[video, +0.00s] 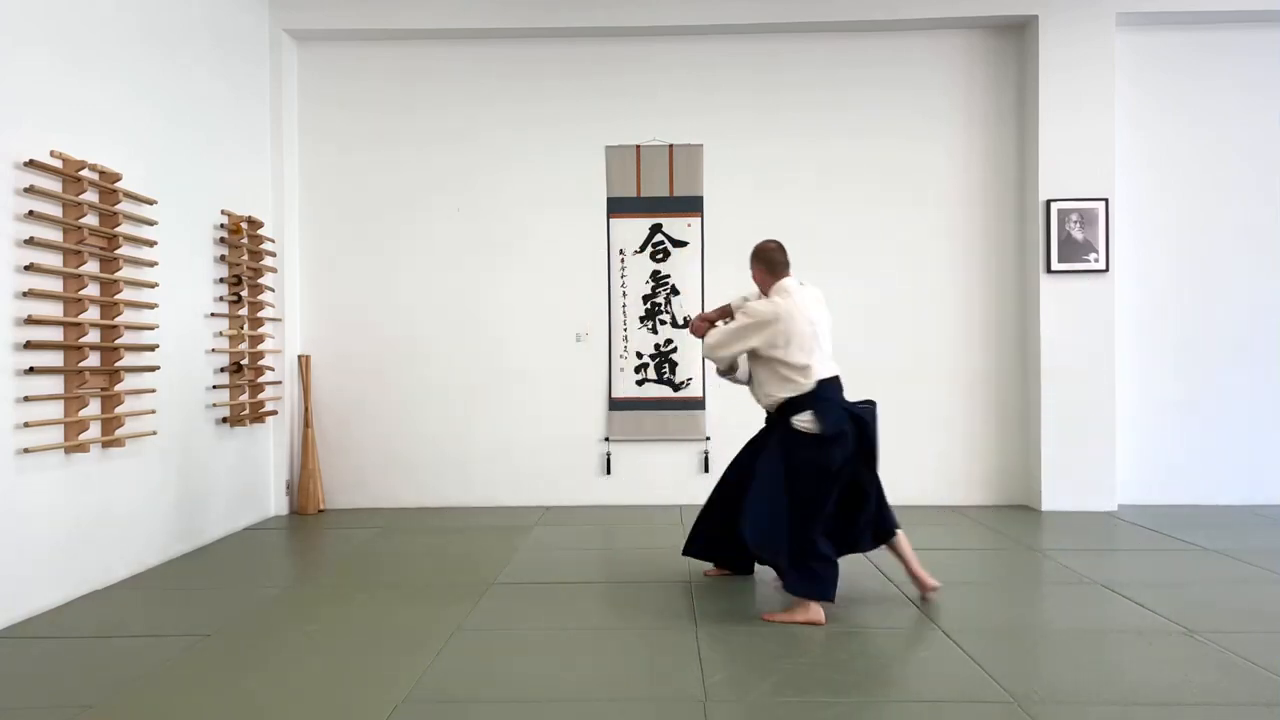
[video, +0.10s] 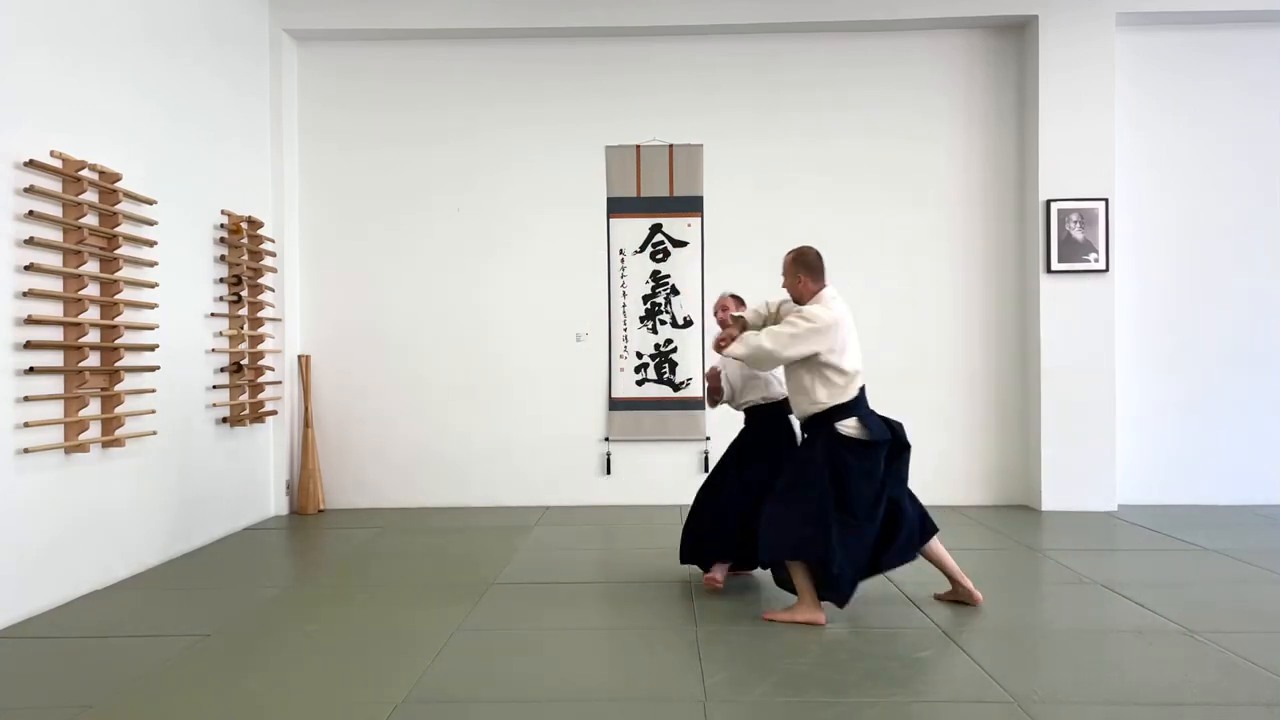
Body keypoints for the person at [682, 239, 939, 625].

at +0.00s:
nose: (753, 277)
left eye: (752, 271)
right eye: (755, 271)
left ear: (755, 273)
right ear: (789, 268)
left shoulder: (767, 311)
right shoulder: (810, 296)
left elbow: (715, 350)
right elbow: (758, 302)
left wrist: (752, 373)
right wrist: (717, 315)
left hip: (801, 422)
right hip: (835, 409)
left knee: (799, 511)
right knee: (864, 495)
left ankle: (809, 604)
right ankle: (919, 574)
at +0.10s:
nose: (784, 284)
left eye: (786, 278)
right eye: (784, 278)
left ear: (801, 280)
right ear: (815, 278)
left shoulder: (817, 316)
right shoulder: (826, 305)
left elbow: (771, 348)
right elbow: (771, 312)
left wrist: (732, 346)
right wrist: (741, 324)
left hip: (833, 435)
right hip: (858, 427)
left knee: (783, 512)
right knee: (897, 506)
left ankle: (808, 605)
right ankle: (962, 585)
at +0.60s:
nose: (787, 289)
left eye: (792, 281)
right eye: (786, 281)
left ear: (817, 279)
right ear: (816, 281)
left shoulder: (834, 313)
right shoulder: (811, 318)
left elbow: (791, 313)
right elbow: (764, 340)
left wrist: (736, 288)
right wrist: (722, 315)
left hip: (858, 434)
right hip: (847, 433)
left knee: (800, 496)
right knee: (897, 512)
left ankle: (788, 599)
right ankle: (961, 586)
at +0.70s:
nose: (765, 282)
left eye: (771, 276)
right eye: (764, 275)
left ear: (797, 277)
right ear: (787, 276)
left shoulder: (812, 310)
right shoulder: (775, 322)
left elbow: (764, 297)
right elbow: (747, 349)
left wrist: (717, 275)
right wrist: (721, 352)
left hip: (835, 429)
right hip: (813, 433)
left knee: (789, 504)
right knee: (874, 505)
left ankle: (790, 604)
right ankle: (946, 568)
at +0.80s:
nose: (740, 271)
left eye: (746, 265)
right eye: (738, 265)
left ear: (771, 266)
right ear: (757, 268)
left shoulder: (792, 297)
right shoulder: (741, 318)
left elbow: (749, 281)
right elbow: (706, 352)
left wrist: (700, 268)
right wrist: (676, 327)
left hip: (812, 424)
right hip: (781, 430)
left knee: (773, 507)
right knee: (823, 511)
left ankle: (787, 606)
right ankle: (893, 556)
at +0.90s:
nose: (721, 255)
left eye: (729, 249)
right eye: (719, 250)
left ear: (753, 254)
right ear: (718, 259)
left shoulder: (772, 291)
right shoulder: (717, 309)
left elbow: (741, 263)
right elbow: (673, 326)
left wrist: (688, 255)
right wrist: (661, 274)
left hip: (785, 419)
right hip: (749, 425)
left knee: (770, 510)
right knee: (735, 516)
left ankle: (786, 605)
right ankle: (784, 583)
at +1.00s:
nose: (704, 260)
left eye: (712, 252)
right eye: (700, 254)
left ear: (730, 256)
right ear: (697, 261)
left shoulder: (747, 297)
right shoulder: (690, 304)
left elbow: (739, 241)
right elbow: (644, 301)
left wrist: (684, 235)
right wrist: (652, 248)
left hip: (751, 419)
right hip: (704, 421)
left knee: (759, 515)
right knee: (656, 498)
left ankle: (784, 604)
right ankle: (648, 596)